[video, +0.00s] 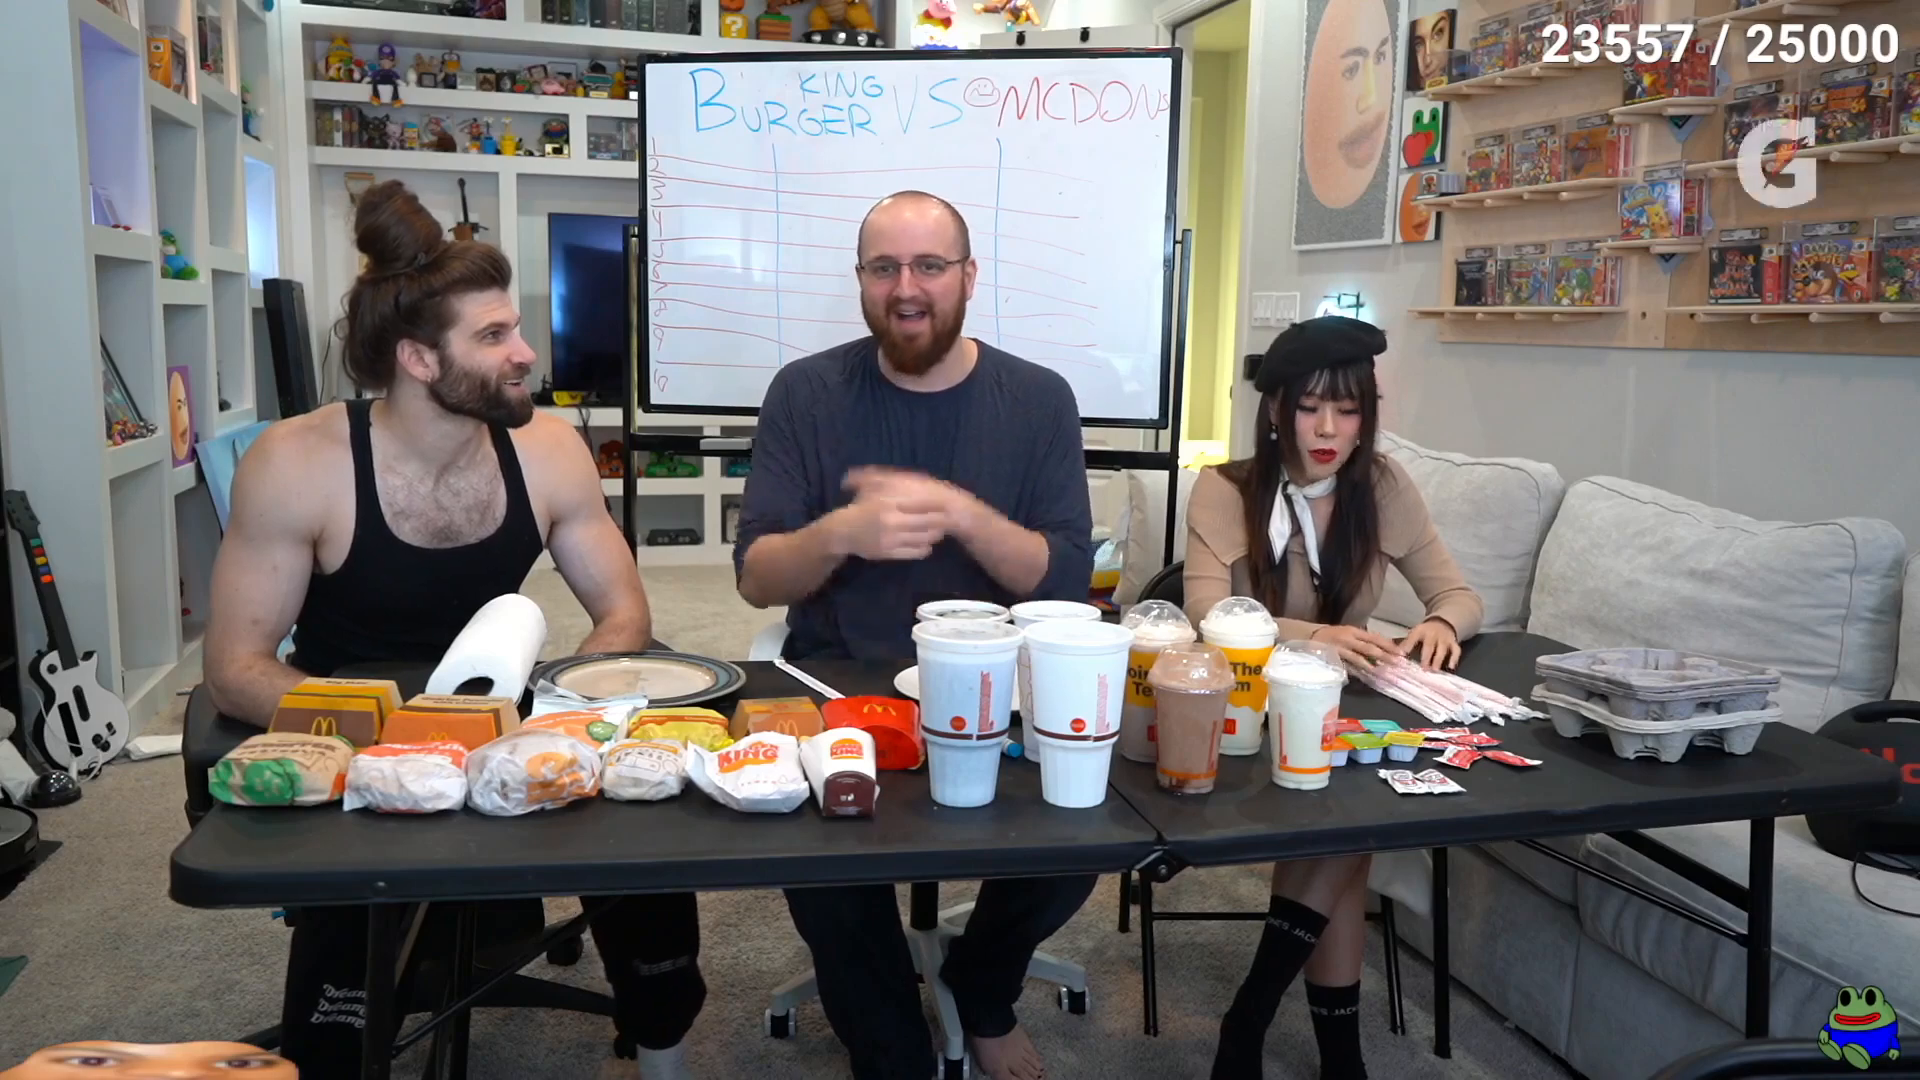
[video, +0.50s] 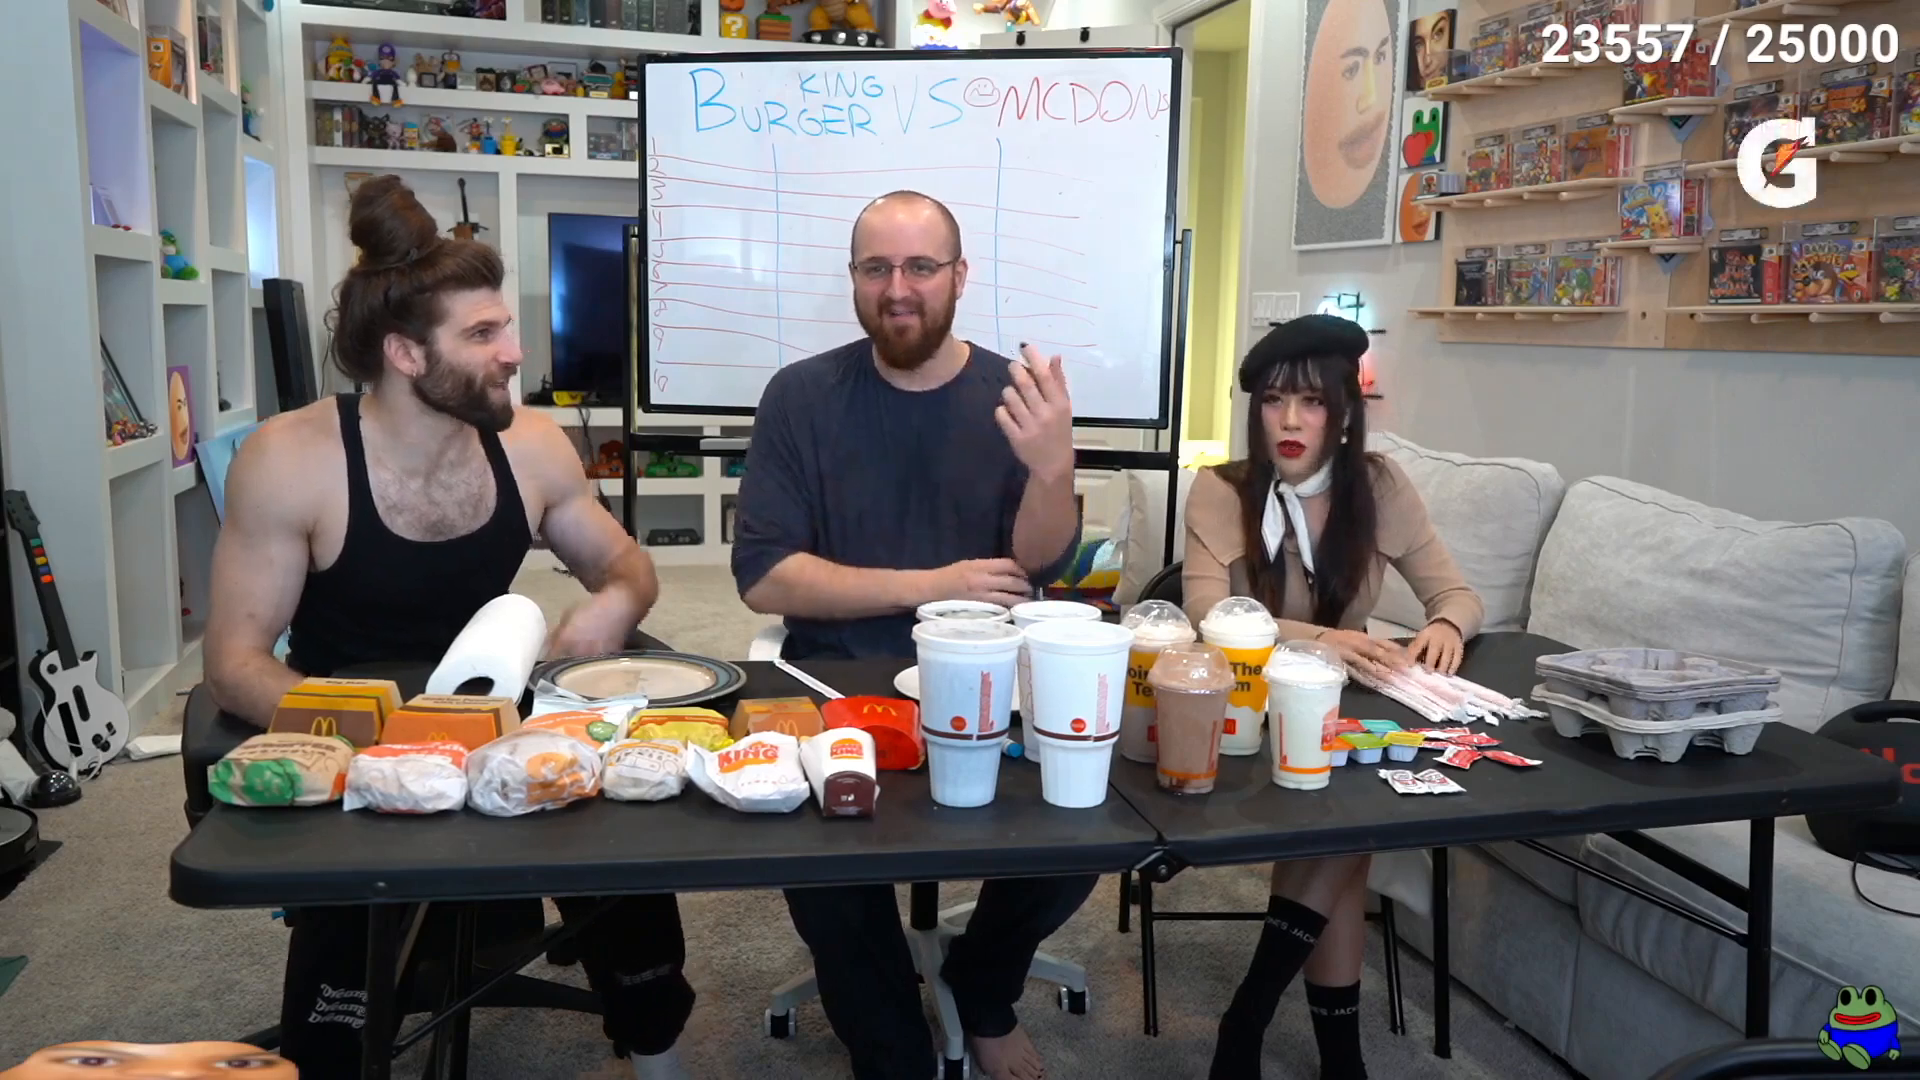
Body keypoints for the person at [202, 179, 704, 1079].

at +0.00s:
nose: (524, 352)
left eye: (517, 330)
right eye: (493, 337)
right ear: (418, 361)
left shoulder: (547, 451)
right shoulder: (296, 463)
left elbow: (625, 612)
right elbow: (233, 670)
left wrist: (568, 696)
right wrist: (370, 719)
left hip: (507, 748)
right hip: (350, 759)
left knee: (643, 826)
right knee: (356, 888)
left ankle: (660, 1053)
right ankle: (322, 1068)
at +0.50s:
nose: (512, 351)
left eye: (508, 329)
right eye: (483, 333)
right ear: (404, 354)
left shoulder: (530, 445)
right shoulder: (288, 460)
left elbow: (628, 565)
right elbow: (234, 662)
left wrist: (613, 609)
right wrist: (347, 721)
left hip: (501, 743)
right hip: (348, 755)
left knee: (622, 833)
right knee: (351, 890)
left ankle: (655, 1054)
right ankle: (321, 1070)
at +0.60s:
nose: (511, 348)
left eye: (507, 326)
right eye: (482, 330)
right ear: (404, 351)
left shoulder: (523, 439)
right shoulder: (287, 456)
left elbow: (626, 577)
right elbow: (235, 661)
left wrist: (666, 535)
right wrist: (350, 725)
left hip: (496, 740)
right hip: (344, 753)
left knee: (624, 831)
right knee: (350, 889)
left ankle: (656, 1055)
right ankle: (320, 1071)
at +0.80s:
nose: (521, 345)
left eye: (518, 323)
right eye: (495, 325)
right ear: (418, 341)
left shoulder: (523, 434)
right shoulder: (287, 450)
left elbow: (677, 508)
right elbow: (236, 655)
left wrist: (740, 438)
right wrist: (354, 722)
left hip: (488, 737)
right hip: (338, 750)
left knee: (629, 829)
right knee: (350, 892)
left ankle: (658, 1057)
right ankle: (321, 1072)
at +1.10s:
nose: (549, 357)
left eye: (547, 333)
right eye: (527, 332)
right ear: (446, 338)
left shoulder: (538, 419)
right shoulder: (299, 449)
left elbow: (691, 408)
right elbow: (240, 646)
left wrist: (831, 343)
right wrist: (318, 738)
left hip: (493, 727)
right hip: (341, 737)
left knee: (611, 828)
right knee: (343, 875)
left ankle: (654, 1055)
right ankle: (316, 1073)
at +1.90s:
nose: (545, 353)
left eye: (543, 331)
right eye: (522, 332)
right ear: (442, 341)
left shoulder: (533, 427)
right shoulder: (295, 449)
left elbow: (688, 497)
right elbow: (239, 649)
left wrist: (747, 424)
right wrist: (322, 738)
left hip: (495, 741)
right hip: (348, 753)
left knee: (628, 827)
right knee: (339, 895)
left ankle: (661, 1049)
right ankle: (322, 1072)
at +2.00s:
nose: (541, 353)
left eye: (540, 331)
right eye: (516, 332)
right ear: (440, 342)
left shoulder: (529, 440)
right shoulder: (295, 449)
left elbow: (663, 565)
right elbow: (238, 650)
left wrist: (688, 501)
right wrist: (336, 739)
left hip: (492, 749)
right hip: (342, 756)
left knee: (636, 832)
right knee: (353, 892)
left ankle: (664, 1053)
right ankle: (325, 1071)